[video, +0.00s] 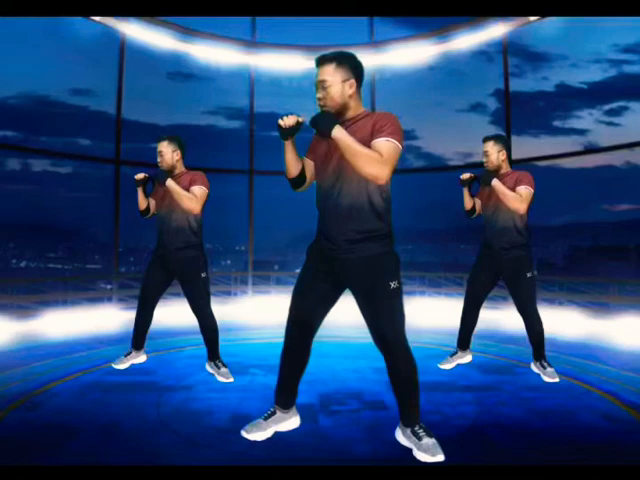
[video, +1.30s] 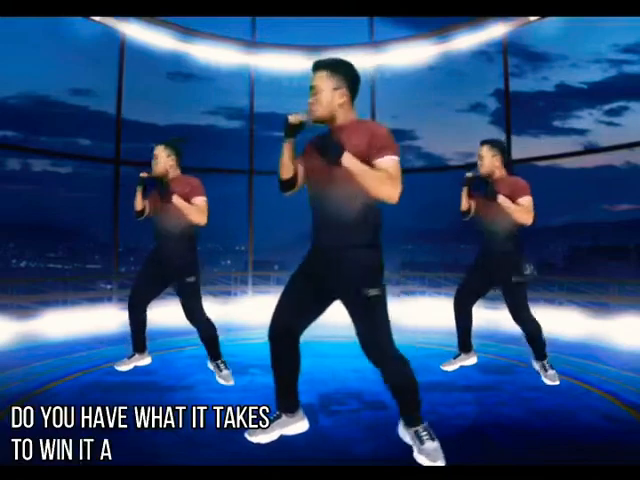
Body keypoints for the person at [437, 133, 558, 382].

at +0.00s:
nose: (484, 159)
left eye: (488, 154)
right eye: (484, 154)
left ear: (502, 154)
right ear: (493, 156)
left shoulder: (522, 177)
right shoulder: (486, 184)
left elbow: (521, 206)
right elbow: (471, 211)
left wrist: (493, 182)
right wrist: (466, 188)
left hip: (517, 254)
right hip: (490, 254)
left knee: (528, 309)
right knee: (472, 300)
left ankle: (540, 360)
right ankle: (462, 350)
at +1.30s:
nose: (479, 162)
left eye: (483, 157)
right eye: (479, 158)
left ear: (498, 159)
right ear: (483, 161)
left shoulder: (517, 185)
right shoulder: (480, 187)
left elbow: (527, 217)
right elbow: (465, 210)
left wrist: (501, 199)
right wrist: (466, 188)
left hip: (510, 259)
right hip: (487, 258)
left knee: (521, 313)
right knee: (462, 301)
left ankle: (541, 360)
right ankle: (466, 352)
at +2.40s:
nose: (494, 163)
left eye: (498, 157)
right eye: (489, 158)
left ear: (508, 160)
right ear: (484, 163)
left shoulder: (523, 185)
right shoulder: (480, 193)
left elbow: (536, 214)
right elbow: (463, 219)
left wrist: (513, 188)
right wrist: (455, 196)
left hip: (518, 263)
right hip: (487, 263)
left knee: (535, 315)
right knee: (462, 304)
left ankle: (543, 362)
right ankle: (464, 352)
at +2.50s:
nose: (494, 168)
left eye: (499, 162)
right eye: (489, 163)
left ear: (508, 165)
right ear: (484, 167)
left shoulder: (522, 192)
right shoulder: (479, 197)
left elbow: (534, 223)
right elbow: (462, 226)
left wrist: (513, 196)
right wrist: (454, 202)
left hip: (517, 269)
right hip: (486, 268)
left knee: (535, 320)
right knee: (456, 307)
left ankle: (543, 363)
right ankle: (464, 353)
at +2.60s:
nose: (494, 154)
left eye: (499, 148)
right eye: (489, 149)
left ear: (508, 152)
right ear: (484, 153)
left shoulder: (521, 179)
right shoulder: (478, 184)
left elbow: (535, 212)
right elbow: (460, 213)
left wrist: (513, 184)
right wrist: (453, 188)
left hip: (516, 259)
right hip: (486, 258)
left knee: (531, 311)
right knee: (461, 299)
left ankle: (543, 362)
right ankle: (463, 351)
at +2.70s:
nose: (494, 135)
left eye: (500, 131)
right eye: (490, 132)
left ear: (509, 138)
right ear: (484, 139)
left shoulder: (521, 166)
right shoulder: (477, 172)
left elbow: (537, 195)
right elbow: (457, 199)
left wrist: (512, 167)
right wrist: (451, 173)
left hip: (514, 244)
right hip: (484, 244)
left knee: (530, 299)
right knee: (466, 295)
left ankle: (543, 354)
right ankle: (458, 343)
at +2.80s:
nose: (493, 136)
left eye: (499, 132)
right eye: (489, 132)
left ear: (508, 138)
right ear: (483, 139)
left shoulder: (520, 166)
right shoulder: (476, 172)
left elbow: (536, 194)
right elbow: (456, 200)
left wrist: (512, 169)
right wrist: (449, 174)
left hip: (513, 244)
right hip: (483, 244)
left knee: (530, 300)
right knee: (467, 296)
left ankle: (542, 354)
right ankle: (459, 346)